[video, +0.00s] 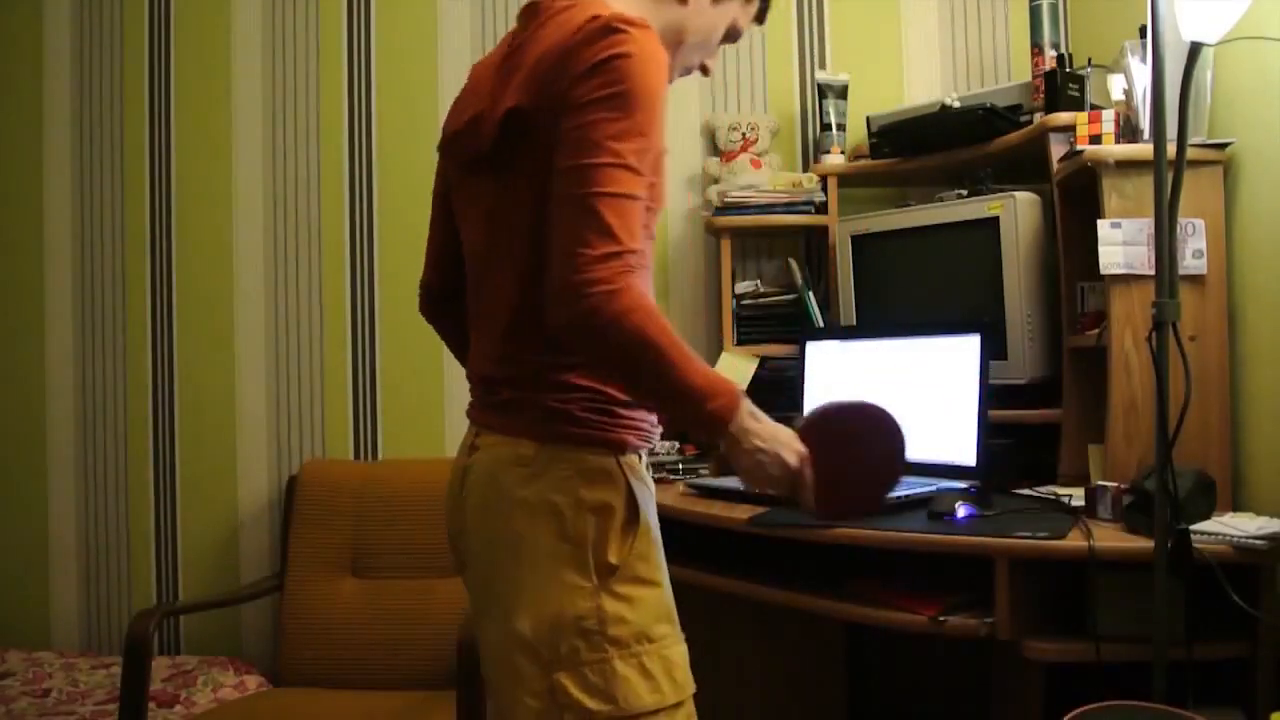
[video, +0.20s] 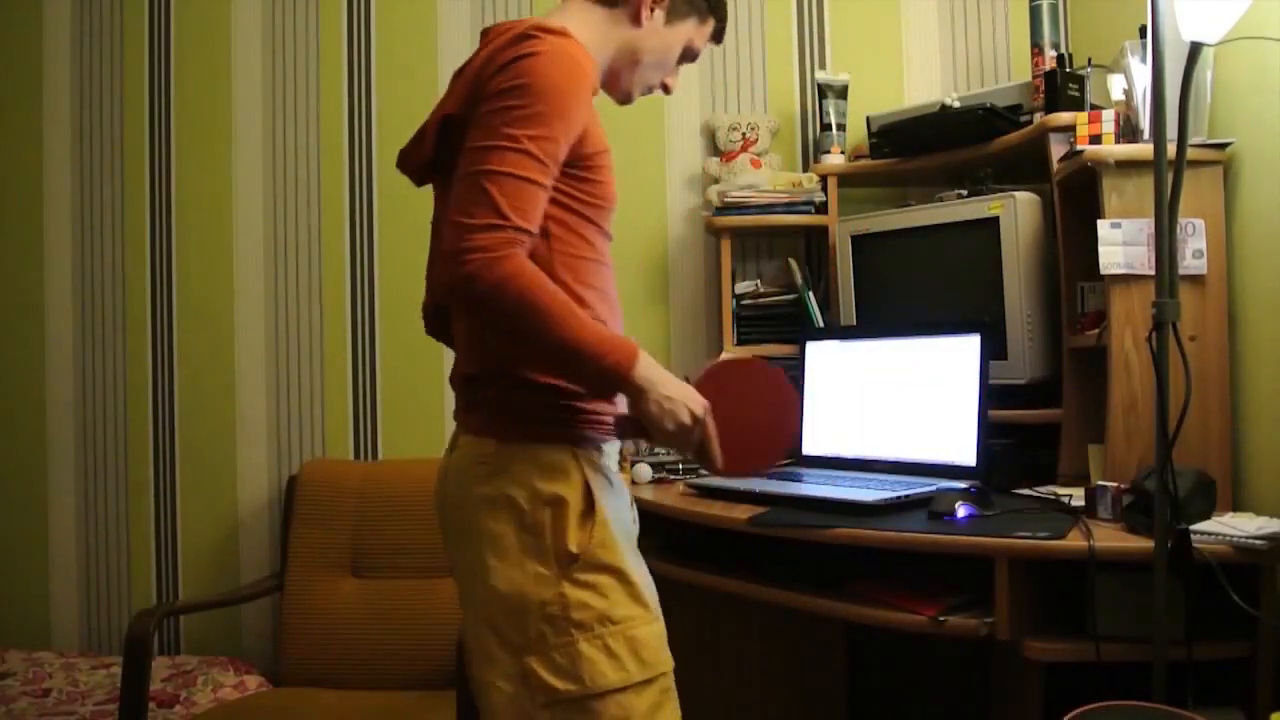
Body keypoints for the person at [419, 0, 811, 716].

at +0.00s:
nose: (709, 64)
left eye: (731, 47)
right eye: (732, 35)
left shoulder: (494, 69)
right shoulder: (619, 42)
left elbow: (444, 293)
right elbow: (601, 293)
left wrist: (553, 401)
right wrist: (735, 420)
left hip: (497, 471)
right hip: (576, 487)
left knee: (531, 707)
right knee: (621, 706)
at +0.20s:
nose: (671, 82)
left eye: (687, 65)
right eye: (685, 55)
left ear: (647, 11)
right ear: (652, 9)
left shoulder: (519, 63)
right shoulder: (551, 61)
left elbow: (445, 309)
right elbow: (483, 258)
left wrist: (616, 399)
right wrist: (638, 371)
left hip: (522, 477)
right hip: (543, 484)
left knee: (537, 707)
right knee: (615, 705)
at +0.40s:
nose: (663, 104)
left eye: (677, 87)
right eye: (675, 77)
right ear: (641, 27)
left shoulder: (537, 85)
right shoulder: (518, 71)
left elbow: (502, 268)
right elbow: (469, 258)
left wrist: (612, 344)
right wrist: (604, 334)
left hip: (529, 464)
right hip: (506, 471)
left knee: (508, 707)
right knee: (578, 706)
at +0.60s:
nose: (676, 132)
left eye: (688, 117)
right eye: (687, 107)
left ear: (651, 61)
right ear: (660, 59)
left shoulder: (555, 106)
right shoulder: (530, 75)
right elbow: (487, 251)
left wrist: (612, 363)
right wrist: (605, 330)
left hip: (514, 464)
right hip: (485, 470)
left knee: (512, 704)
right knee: (538, 706)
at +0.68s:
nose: (683, 150)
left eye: (699, 135)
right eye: (698, 125)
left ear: (666, 73)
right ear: (671, 75)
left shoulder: (561, 113)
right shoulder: (542, 79)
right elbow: (491, 246)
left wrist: (591, 370)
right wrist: (605, 329)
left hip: (504, 462)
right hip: (476, 468)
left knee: (481, 704)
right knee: (526, 705)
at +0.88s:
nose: (708, 210)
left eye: (723, 198)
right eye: (723, 188)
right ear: (703, 138)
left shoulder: (587, 187)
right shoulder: (585, 92)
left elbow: (511, 370)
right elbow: (504, 229)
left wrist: (634, 415)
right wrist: (621, 344)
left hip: (493, 473)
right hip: (446, 472)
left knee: (512, 697)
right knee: (485, 702)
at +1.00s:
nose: (715, 238)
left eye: (729, 227)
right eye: (730, 217)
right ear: (715, 166)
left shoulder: (592, 204)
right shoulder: (601, 101)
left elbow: (524, 383)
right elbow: (502, 218)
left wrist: (660, 428)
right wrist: (622, 346)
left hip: (483, 479)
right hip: (436, 475)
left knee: (485, 701)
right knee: (467, 705)